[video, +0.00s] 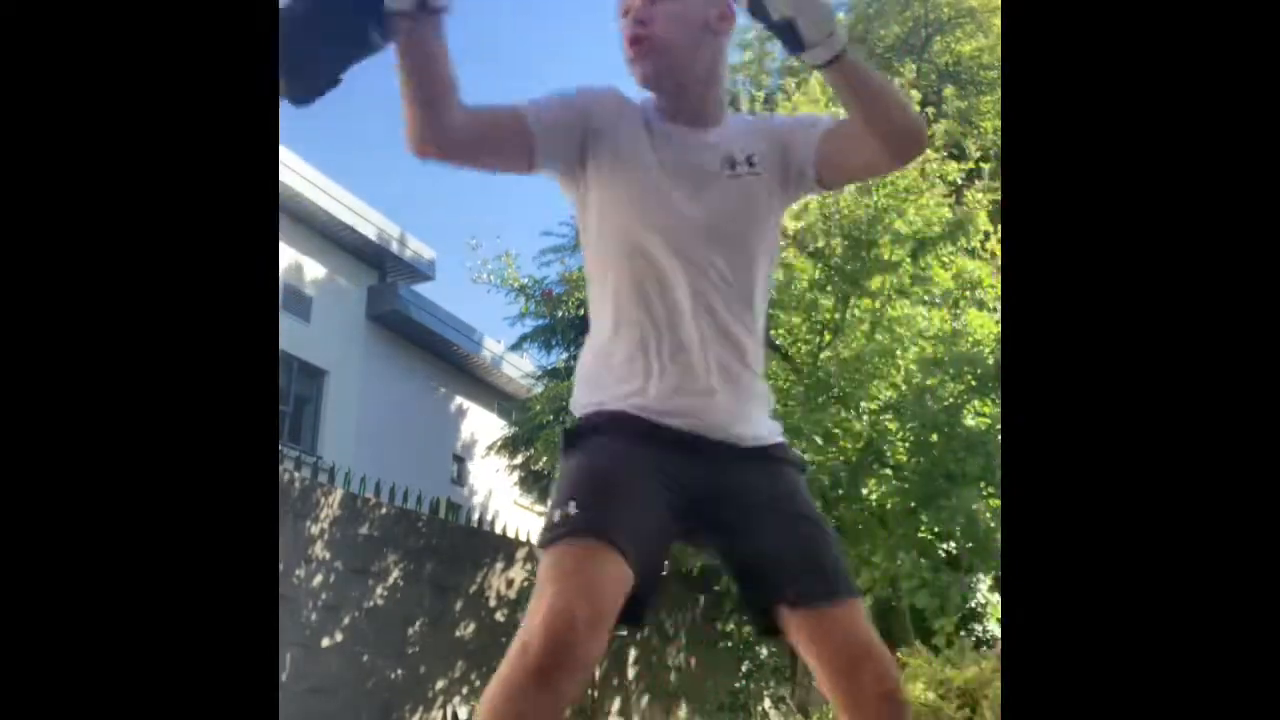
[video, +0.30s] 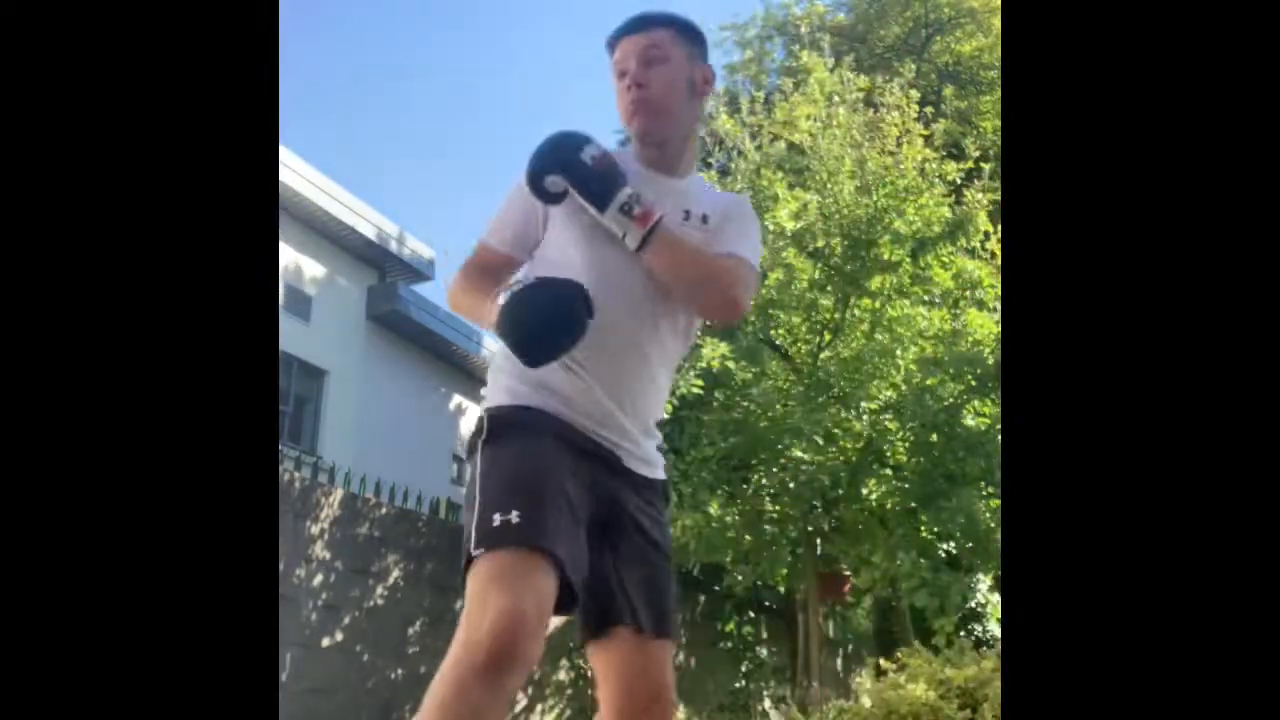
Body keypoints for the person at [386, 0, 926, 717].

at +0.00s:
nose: (632, 17)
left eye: (655, 0)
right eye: (627, 7)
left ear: (721, 17)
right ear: (621, 29)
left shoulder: (772, 144)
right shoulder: (599, 121)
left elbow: (900, 139)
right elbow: (438, 133)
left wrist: (819, 40)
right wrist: (416, 17)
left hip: (747, 441)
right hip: (624, 427)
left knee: (868, 677)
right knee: (558, 641)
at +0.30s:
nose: (634, 82)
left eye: (654, 63)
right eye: (623, 75)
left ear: (703, 83)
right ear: (615, 97)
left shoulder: (729, 211)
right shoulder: (567, 172)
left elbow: (729, 302)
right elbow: (469, 283)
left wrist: (624, 208)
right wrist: (505, 307)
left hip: (635, 455)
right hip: (536, 411)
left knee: (646, 697)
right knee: (503, 637)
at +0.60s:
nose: (598, 105)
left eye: (622, 92)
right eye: (589, 97)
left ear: (666, 119)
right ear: (577, 119)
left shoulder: (673, 227)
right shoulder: (526, 187)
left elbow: (701, 285)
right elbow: (397, 290)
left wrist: (593, 197)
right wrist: (438, 259)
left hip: (587, 459)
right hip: (484, 416)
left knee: (634, 697)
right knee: (421, 617)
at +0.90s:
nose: (485, 31)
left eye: (510, 17)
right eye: (472, 20)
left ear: (554, 54)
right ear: (456, 46)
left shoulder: (569, 182)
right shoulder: (417, 110)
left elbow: (706, 235)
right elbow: (288, 82)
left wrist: (682, 144)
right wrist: (294, 4)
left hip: (480, 435)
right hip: (381, 399)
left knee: (541, 666)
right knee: (367, 624)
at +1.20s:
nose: (502, 117)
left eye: (522, 105)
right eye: (489, 108)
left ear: (556, 136)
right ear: (470, 125)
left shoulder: (544, 252)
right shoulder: (404, 174)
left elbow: (549, 340)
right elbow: (293, 271)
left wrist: (481, 225)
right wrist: (371, 318)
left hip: (442, 458)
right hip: (354, 406)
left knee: (437, 694)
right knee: (328, 638)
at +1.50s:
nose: (484, 113)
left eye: (504, 105)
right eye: (472, 105)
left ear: (539, 137)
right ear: (455, 123)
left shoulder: (527, 252)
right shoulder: (393, 172)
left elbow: (529, 336)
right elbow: (286, 256)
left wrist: (473, 226)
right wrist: (337, 303)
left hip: (428, 451)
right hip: (338, 396)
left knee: (406, 694)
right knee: (304, 621)